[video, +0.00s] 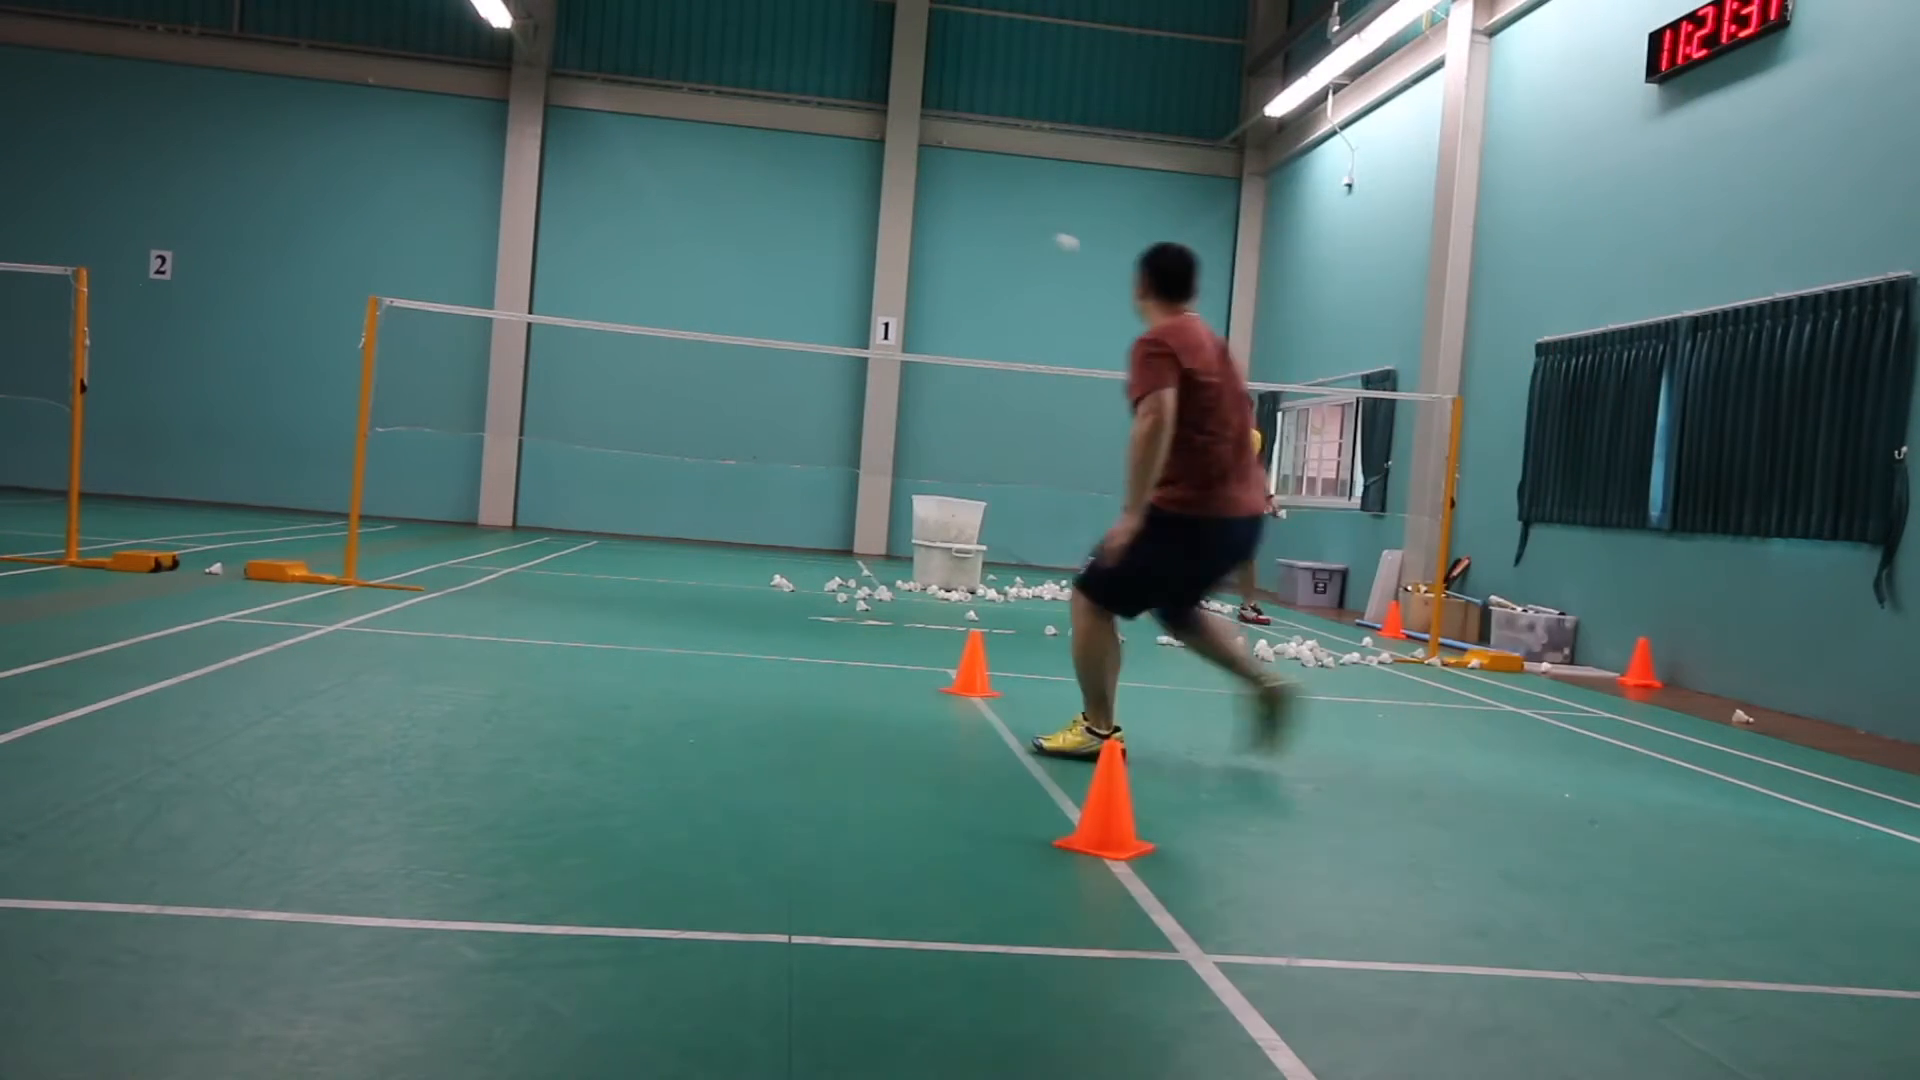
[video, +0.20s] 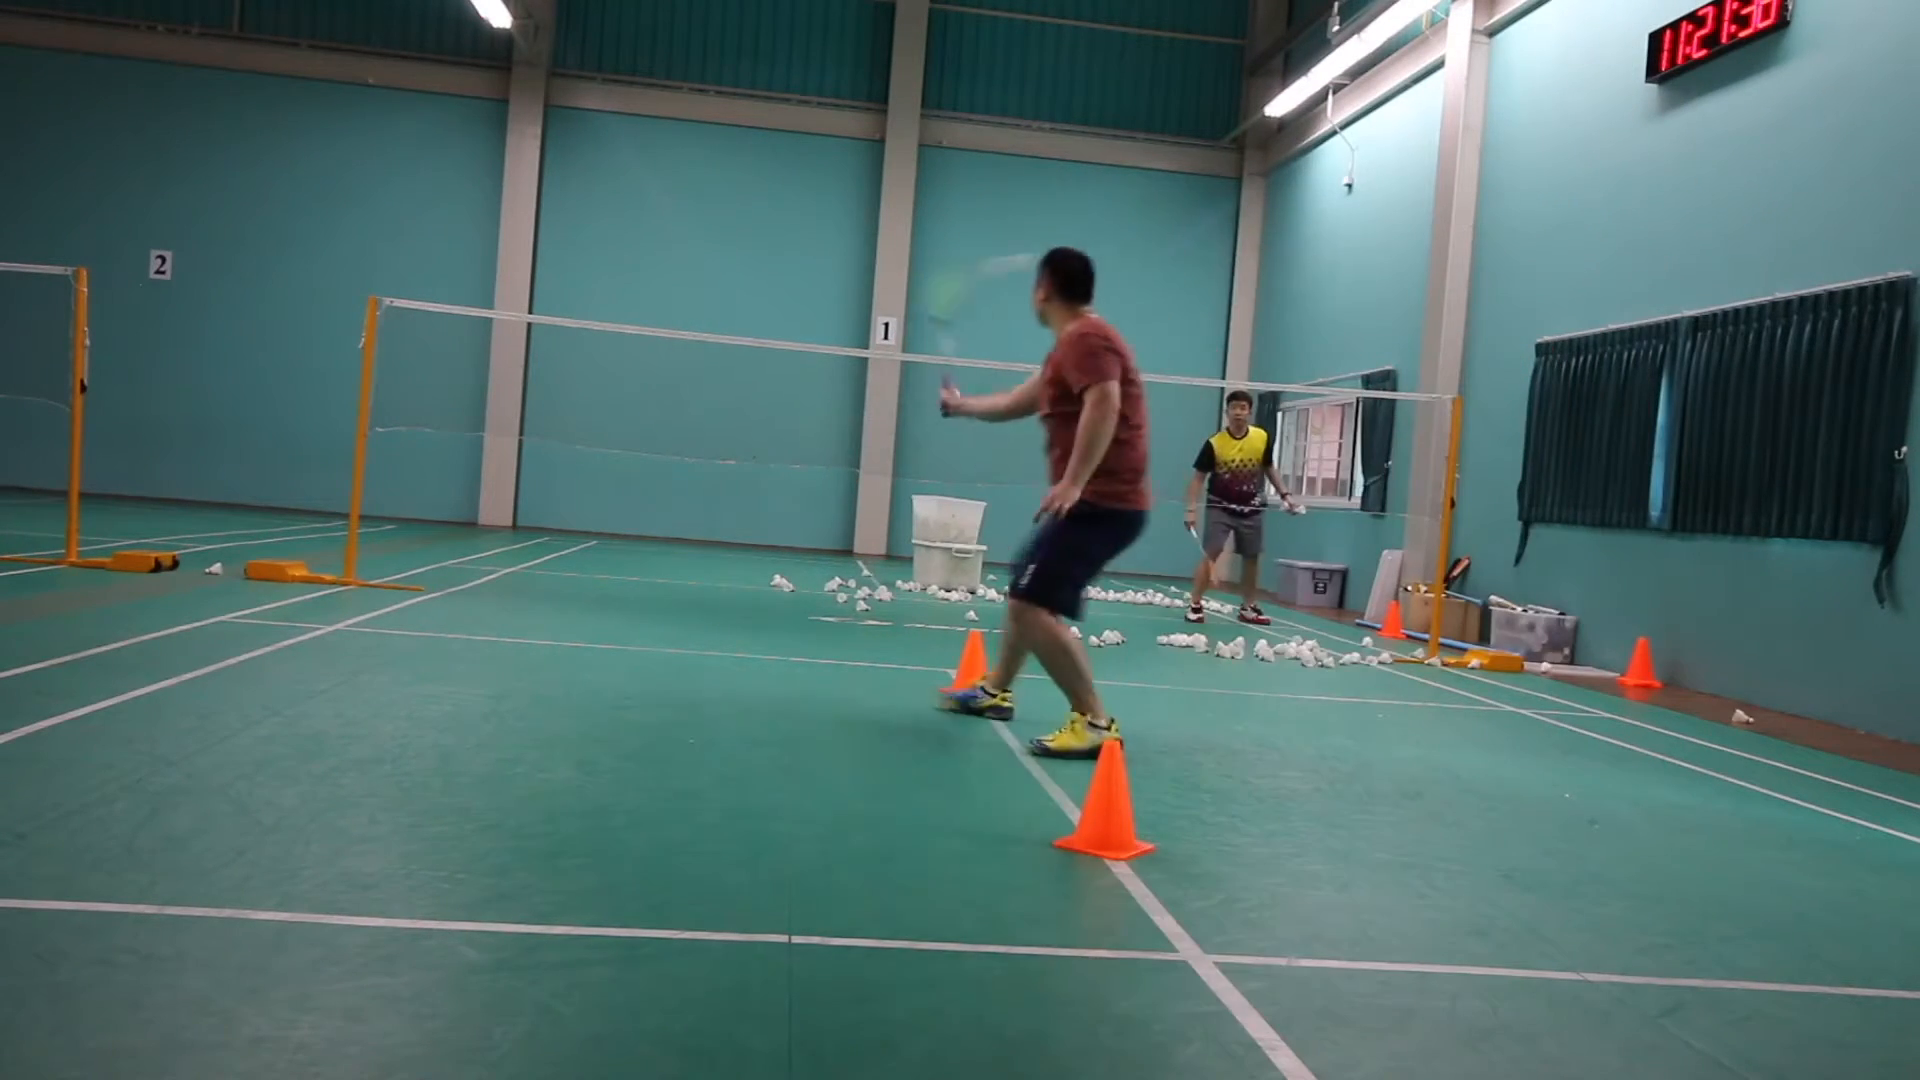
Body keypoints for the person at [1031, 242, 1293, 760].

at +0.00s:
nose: (1135, 291)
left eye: (1137, 283)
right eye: (1139, 283)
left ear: (1142, 287)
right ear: (1190, 288)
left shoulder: (1158, 343)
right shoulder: (1215, 346)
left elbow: (1157, 418)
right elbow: (1241, 432)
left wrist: (1133, 511)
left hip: (1189, 516)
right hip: (1240, 517)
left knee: (1093, 596)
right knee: (1177, 609)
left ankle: (1098, 725)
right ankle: (1266, 683)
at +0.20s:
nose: (1034, 295)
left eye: (1036, 285)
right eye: (1037, 285)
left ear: (1046, 289)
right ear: (1082, 290)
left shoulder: (1086, 340)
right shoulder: (1071, 347)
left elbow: (1105, 405)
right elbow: (1019, 403)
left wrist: (1072, 482)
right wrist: (962, 405)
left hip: (1104, 506)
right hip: (1085, 502)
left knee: (1032, 604)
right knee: (1026, 592)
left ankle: (1094, 721)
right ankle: (997, 688)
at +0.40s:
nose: (1021, 284)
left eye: (1021, 276)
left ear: (1021, 276)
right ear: (1069, 283)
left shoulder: (1022, 309)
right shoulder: (1082, 332)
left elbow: (1012, 364)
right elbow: (1083, 409)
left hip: (1027, 475)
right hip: (1069, 480)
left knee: (971, 581)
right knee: (1001, 581)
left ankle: (1048, 687)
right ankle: (994, 687)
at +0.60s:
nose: (1082, 280)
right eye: (1083, 274)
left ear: (1029, 272)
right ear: (1079, 275)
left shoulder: (993, 322)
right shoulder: (1103, 339)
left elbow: (939, 394)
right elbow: (1132, 421)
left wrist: (909, 458)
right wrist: (1113, 475)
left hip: (997, 482)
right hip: (1065, 487)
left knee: (974, 591)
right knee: (1030, 590)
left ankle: (975, 702)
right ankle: (1003, 689)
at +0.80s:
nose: (1135, 253)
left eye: (1132, 244)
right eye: (1133, 245)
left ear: (1079, 251)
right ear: (1126, 250)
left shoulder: (1036, 307)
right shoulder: (1142, 316)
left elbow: (1010, 389)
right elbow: (1157, 397)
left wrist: (1030, 439)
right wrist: (1155, 474)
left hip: (1029, 473)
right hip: (1103, 480)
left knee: (1001, 592)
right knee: (1116, 593)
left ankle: (977, 706)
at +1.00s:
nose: (1255, 252)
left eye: (1250, 243)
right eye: (1251, 245)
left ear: (1195, 263)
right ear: (1241, 258)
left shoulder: (1165, 328)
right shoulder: (1240, 326)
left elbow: (1157, 414)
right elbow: (1248, 411)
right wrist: (1288, 483)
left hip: (1148, 501)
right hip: (1217, 510)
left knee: (1107, 601)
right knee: (1261, 628)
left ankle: (1012, 689)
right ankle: (1204, 748)